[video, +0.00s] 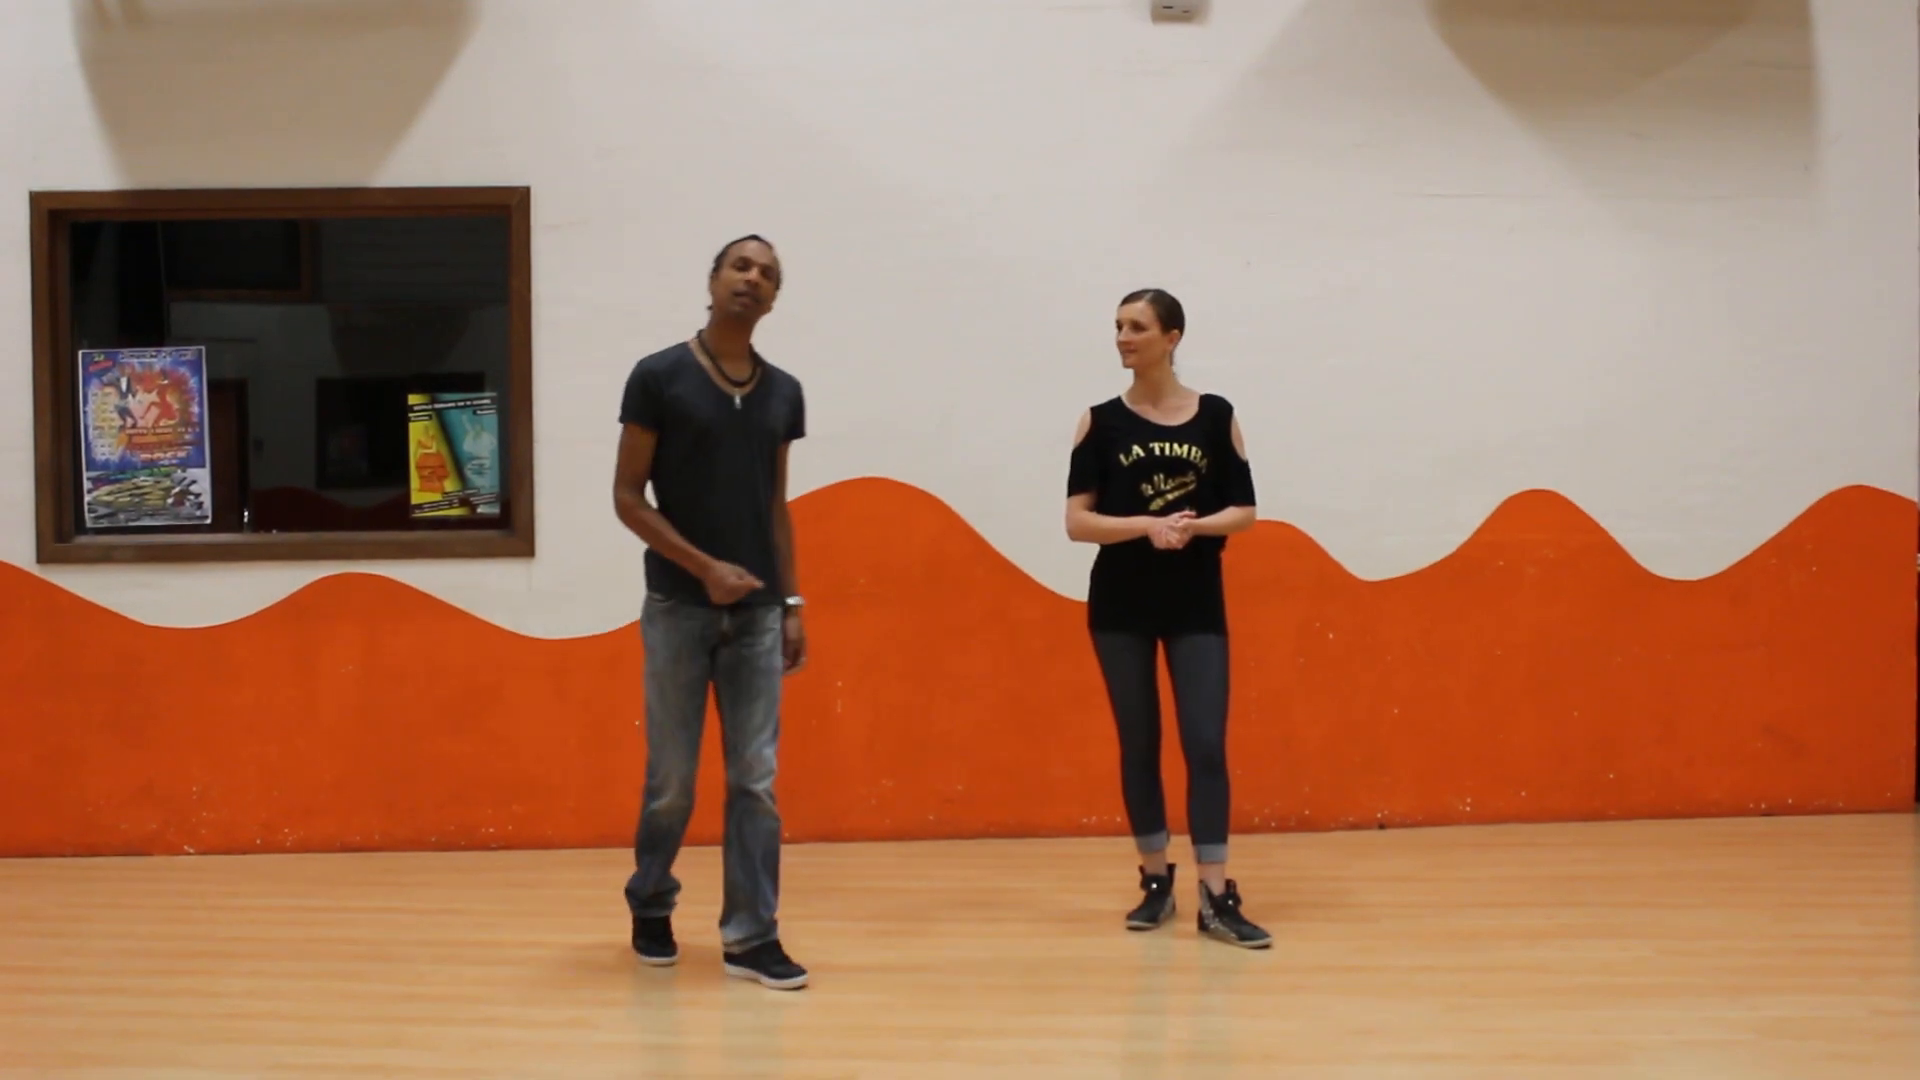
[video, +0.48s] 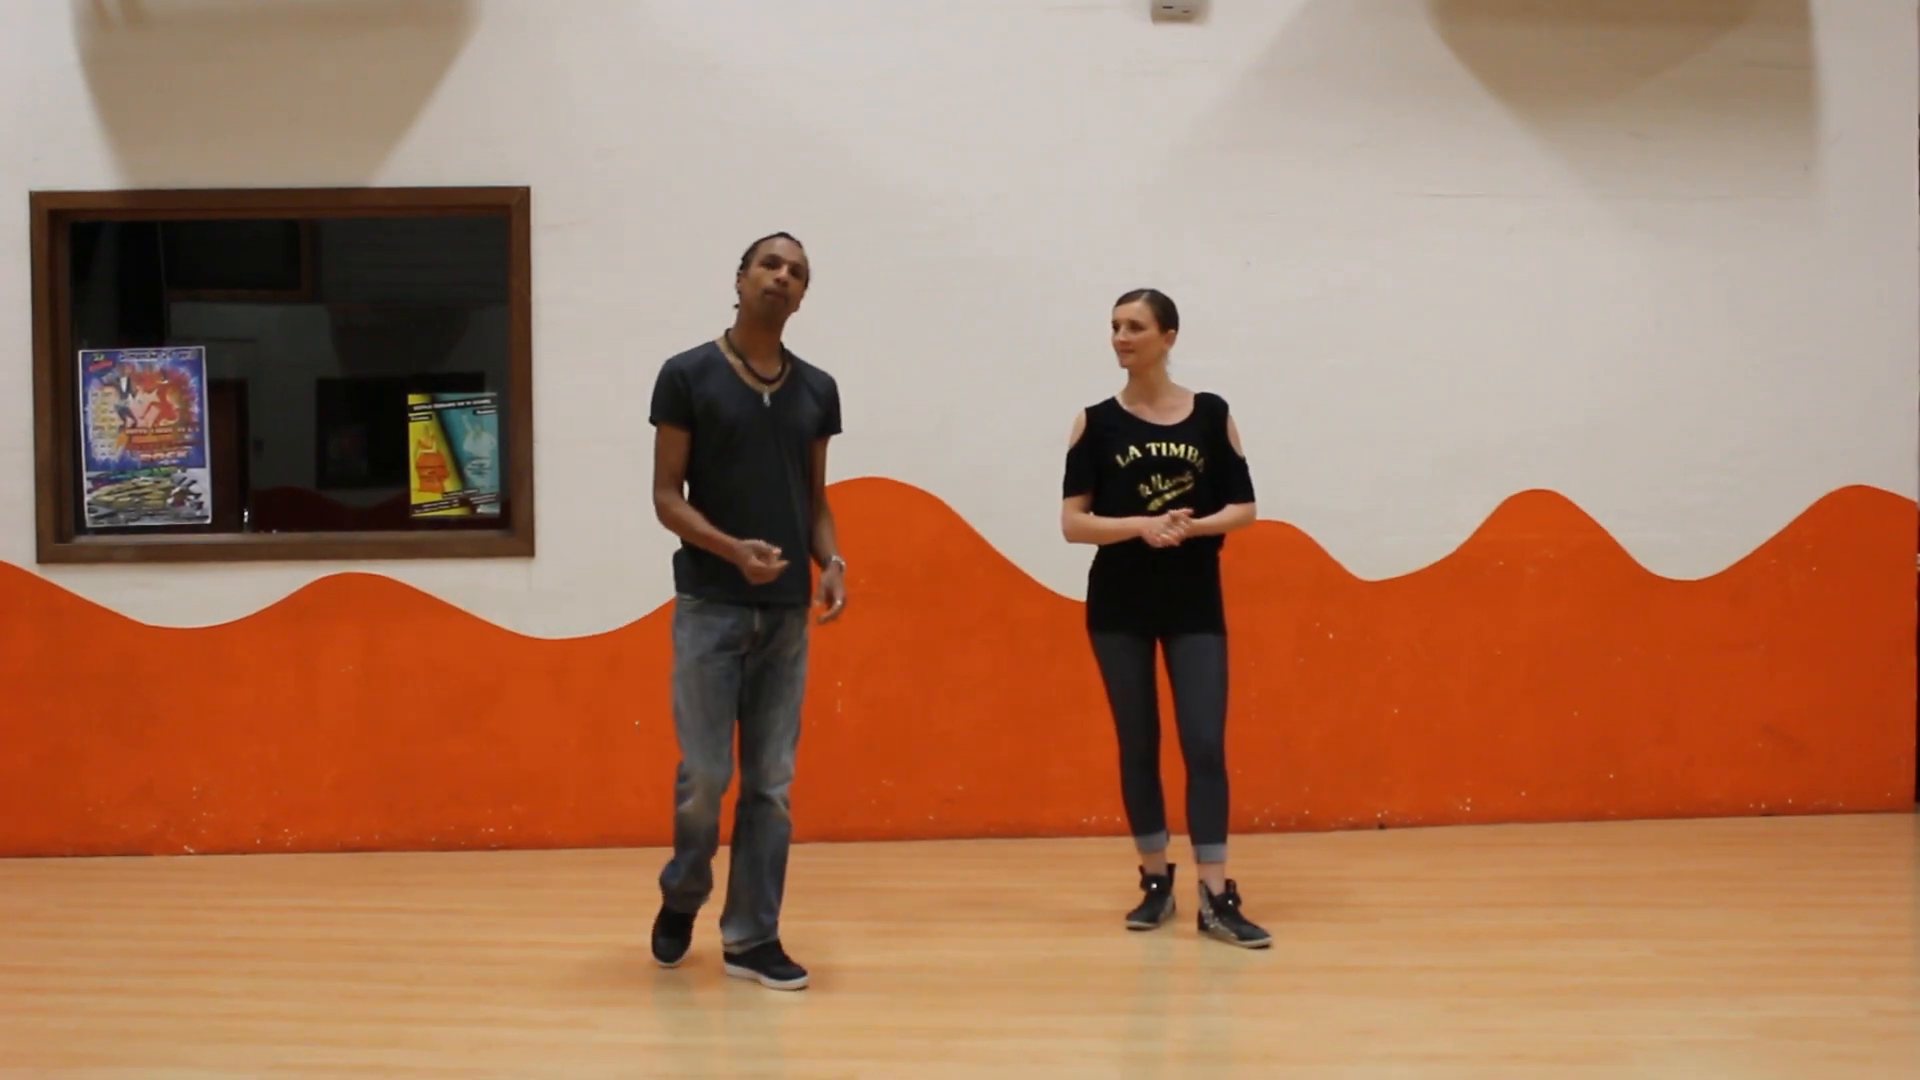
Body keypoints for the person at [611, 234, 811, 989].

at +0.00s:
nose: (753, 279)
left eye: (767, 274)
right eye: (741, 265)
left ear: (774, 300)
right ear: (712, 280)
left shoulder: (781, 391)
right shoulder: (658, 377)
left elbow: (777, 506)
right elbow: (627, 500)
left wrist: (792, 604)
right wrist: (706, 567)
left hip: (756, 605)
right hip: (678, 604)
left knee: (755, 777)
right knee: (673, 778)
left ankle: (751, 937)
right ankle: (651, 905)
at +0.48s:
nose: (782, 278)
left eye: (795, 273)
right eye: (771, 264)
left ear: (803, 299)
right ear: (740, 278)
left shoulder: (816, 389)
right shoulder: (687, 376)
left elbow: (815, 497)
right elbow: (668, 500)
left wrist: (832, 558)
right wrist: (732, 548)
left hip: (786, 608)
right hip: (710, 605)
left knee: (770, 781)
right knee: (706, 775)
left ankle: (753, 938)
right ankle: (683, 896)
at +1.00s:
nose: (763, 278)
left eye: (775, 274)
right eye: (751, 264)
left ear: (778, 301)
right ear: (716, 279)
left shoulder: (783, 391)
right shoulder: (663, 376)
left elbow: (777, 498)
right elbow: (633, 498)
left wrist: (795, 539)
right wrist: (737, 520)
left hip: (760, 605)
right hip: (686, 604)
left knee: (758, 779)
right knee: (678, 769)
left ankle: (751, 937)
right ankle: (630, 894)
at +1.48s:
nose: (687, 292)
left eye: (700, 286)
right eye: (674, 278)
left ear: (706, 309)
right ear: (642, 295)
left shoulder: (713, 394)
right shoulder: (595, 391)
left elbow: (710, 500)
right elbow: (563, 510)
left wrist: (717, 514)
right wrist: (668, 510)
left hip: (686, 603)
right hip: (612, 604)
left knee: (715, 765)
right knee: (617, 770)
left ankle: (743, 929)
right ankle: (621, 921)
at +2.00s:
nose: (705, 300)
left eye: (705, 289)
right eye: (690, 287)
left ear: (680, 306)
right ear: (646, 298)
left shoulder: (679, 389)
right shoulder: (601, 385)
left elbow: (665, 490)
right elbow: (578, 502)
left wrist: (705, 498)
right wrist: (675, 484)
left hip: (666, 596)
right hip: (611, 595)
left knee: (670, 753)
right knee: (622, 756)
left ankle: (649, 887)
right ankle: (618, 911)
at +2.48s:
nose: (743, 314)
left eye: (741, 302)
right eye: (732, 302)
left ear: (701, 311)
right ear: (690, 308)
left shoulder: (685, 384)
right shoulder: (643, 389)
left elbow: (664, 491)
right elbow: (626, 509)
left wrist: (715, 502)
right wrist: (710, 493)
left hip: (673, 592)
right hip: (634, 591)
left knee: (662, 752)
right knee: (638, 753)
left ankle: (646, 887)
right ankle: (622, 909)